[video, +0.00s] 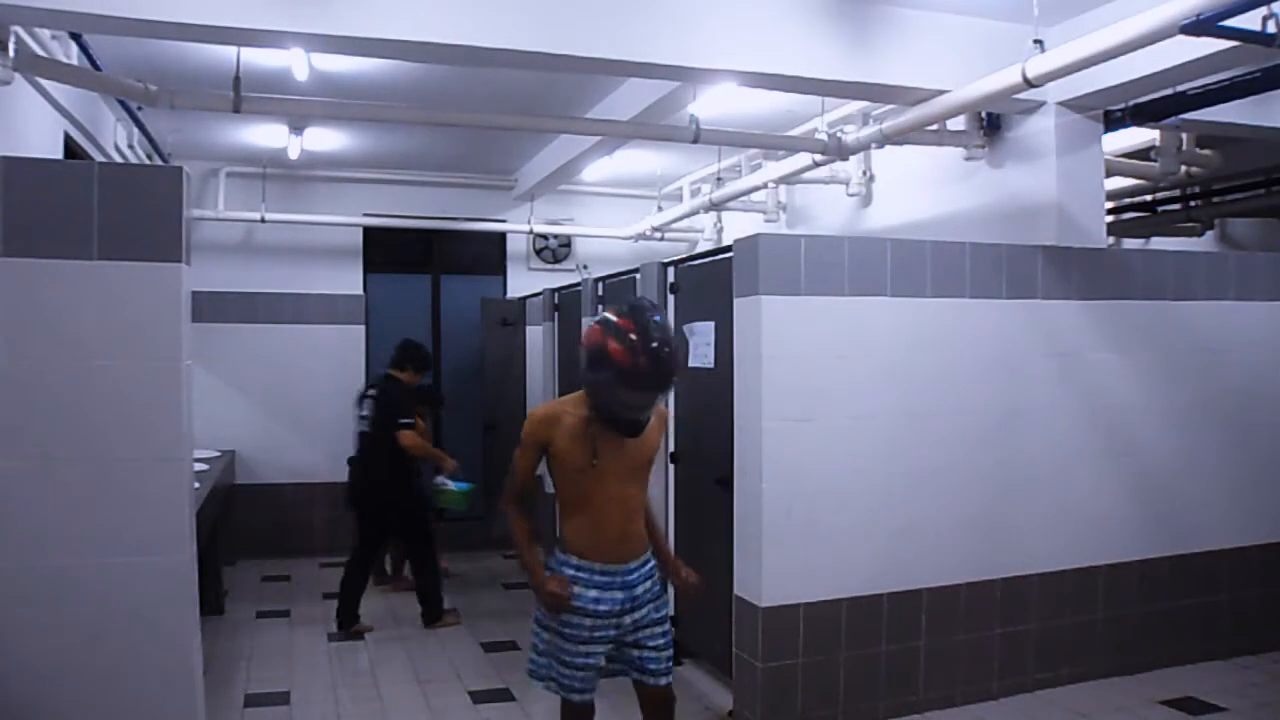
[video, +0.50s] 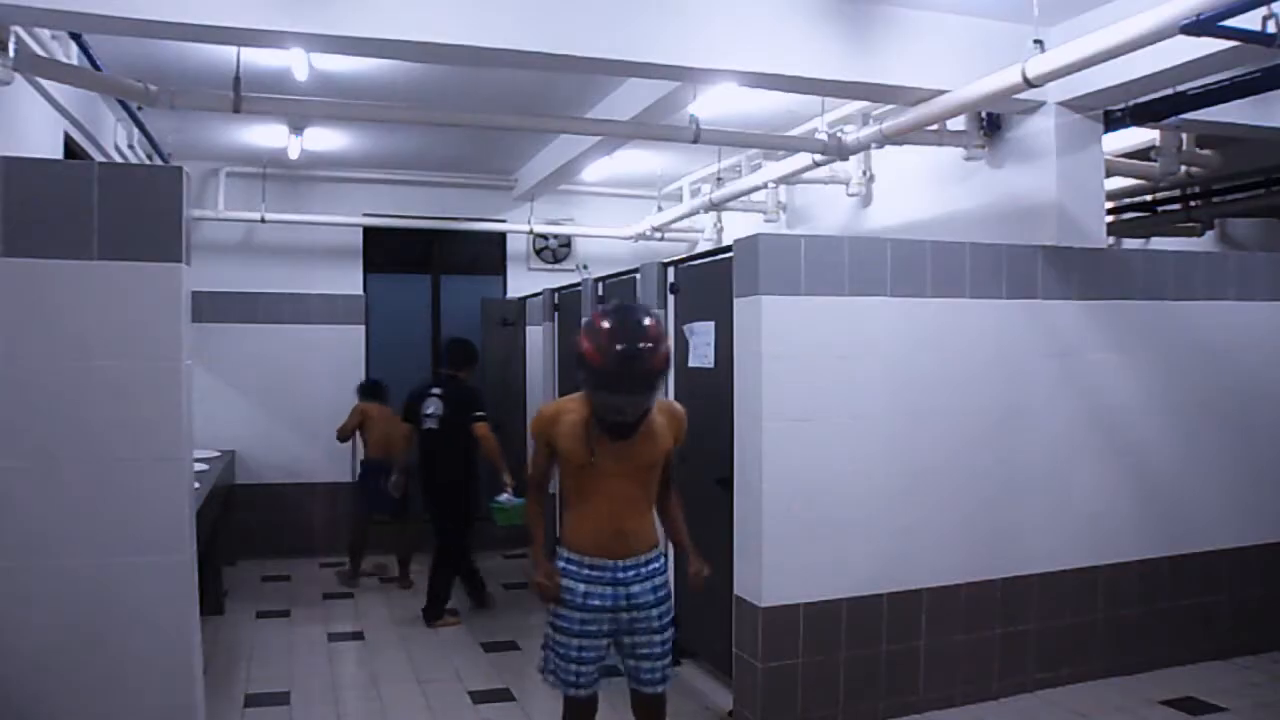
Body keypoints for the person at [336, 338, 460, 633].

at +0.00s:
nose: (420, 381)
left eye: (421, 375)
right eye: (420, 375)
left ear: (395, 364)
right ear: (411, 370)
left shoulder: (370, 390)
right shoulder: (401, 394)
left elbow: (373, 437)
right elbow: (407, 439)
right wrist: (441, 458)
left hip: (368, 481)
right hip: (398, 484)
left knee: (366, 549)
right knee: (421, 544)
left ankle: (347, 619)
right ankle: (433, 612)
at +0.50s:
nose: (473, 371)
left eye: (472, 366)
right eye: (473, 366)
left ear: (443, 362)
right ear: (469, 366)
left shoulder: (422, 392)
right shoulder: (469, 394)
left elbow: (405, 433)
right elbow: (484, 435)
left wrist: (399, 470)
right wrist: (504, 471)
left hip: (430, 476)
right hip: (460, 477)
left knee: (455, 540)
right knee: (450, 542)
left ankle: (479, 594)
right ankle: (434, 611)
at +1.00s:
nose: (501, 366)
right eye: (500, 361)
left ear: (474, 360)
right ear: (500, 362)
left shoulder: (457, 388)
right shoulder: (499, 390)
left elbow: (448, 423)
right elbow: (506, 428)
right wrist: (522, 463)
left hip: (465, 469)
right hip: (496, 468)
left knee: (471, 530)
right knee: (508, 520)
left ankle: (478, 593)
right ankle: (516, 577)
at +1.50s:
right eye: (512, 360)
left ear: (489, 358)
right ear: (515, 361)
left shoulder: (472, 384)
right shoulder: (521, 389)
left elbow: (457, 414)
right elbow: (526, 424)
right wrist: (533, 453)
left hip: (478, 462)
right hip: (510, 463)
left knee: (479, 515)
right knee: (511, 518)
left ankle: (483, 570)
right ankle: (511, 577)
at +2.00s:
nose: (505, 362)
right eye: (505, 358)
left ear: (481, 356)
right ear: (504, 358)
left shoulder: (464, 381)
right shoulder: (507, 382)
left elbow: (453, 413)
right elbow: (511, 414)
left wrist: (463, 434)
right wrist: (521, 444)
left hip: (470, 451)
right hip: (498, 451)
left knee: (473, 504)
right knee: (500, 500)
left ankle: (478, 561)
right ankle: (498, 550)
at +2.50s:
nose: (531, 369)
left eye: (532, 364)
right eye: (530, 364)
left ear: (508, 360)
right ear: (523, 363)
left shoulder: (490, 379)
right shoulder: (522, 385)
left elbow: (478, 410)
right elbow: (519, 416)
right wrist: (520, 450)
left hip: (487, 446)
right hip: (508, 448)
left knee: (488, 497)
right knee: (508, 500)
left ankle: (483, 545)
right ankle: (504, 549)